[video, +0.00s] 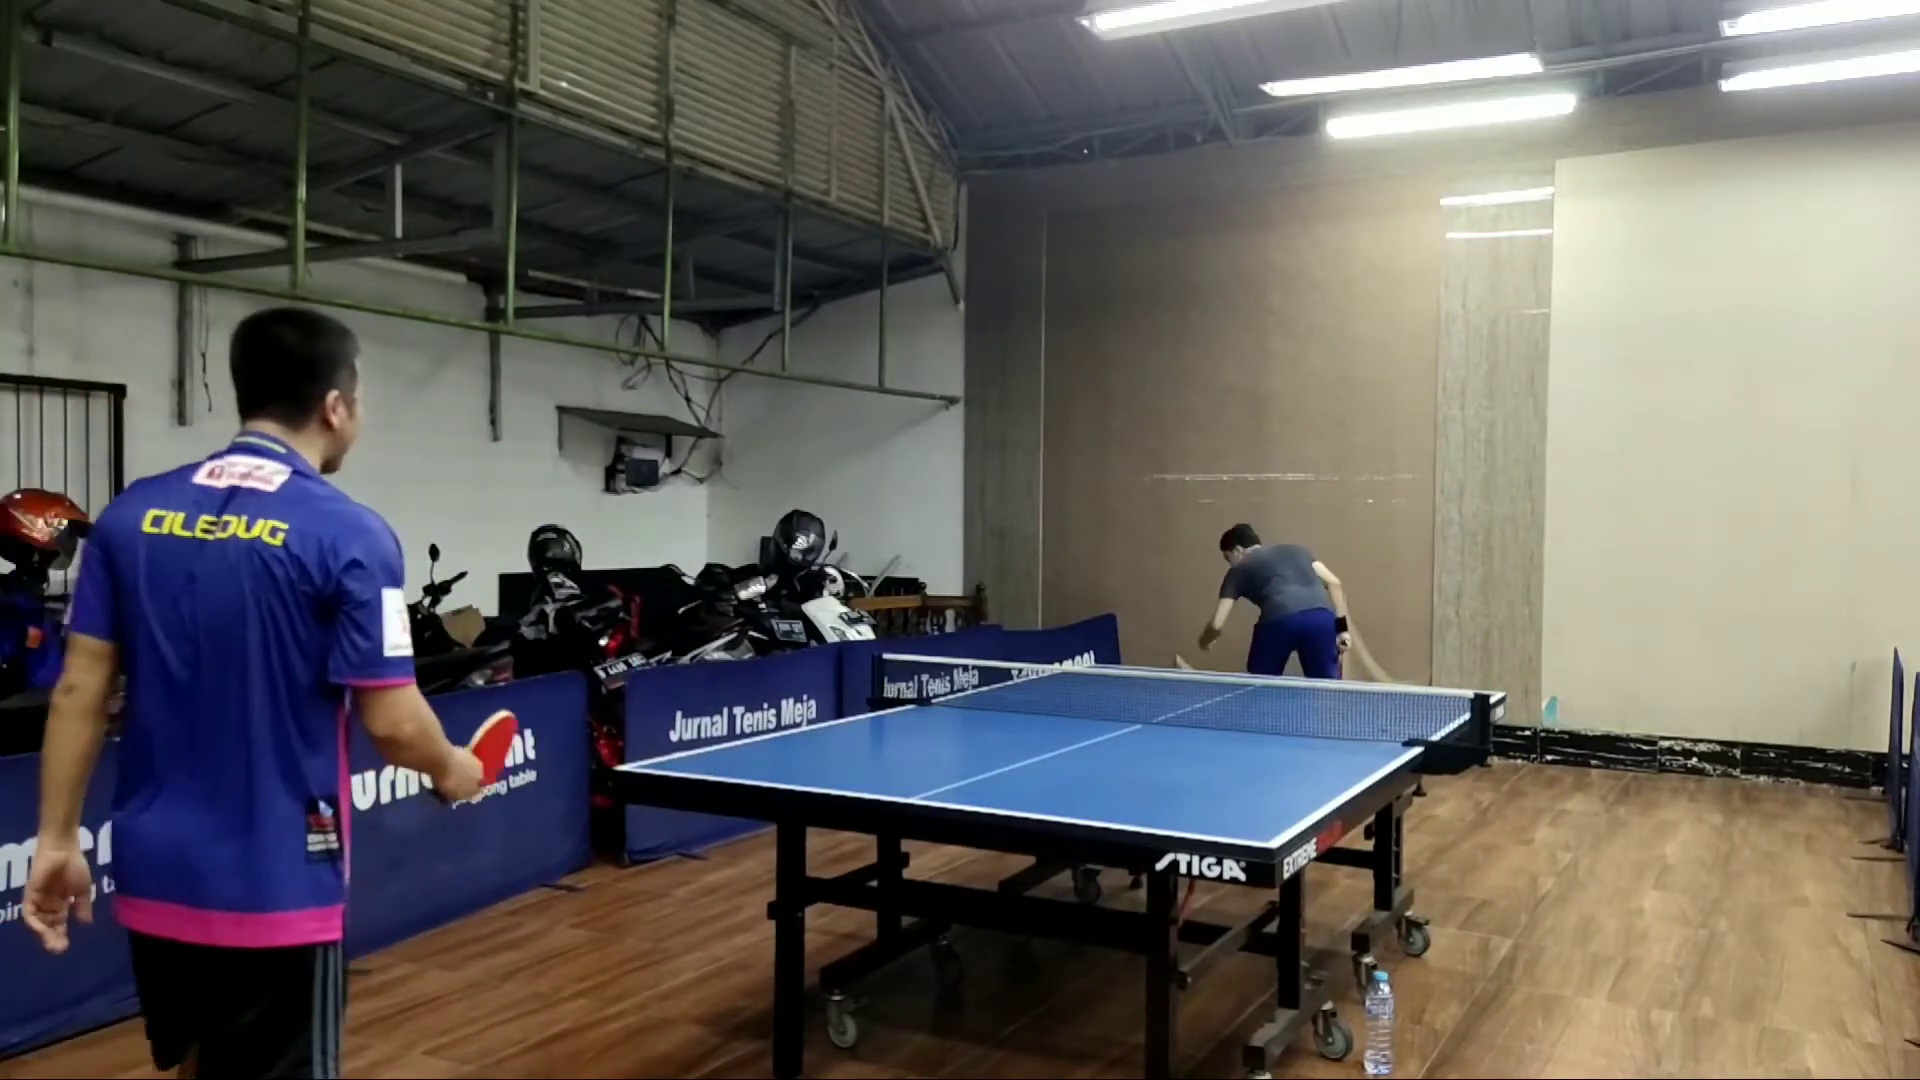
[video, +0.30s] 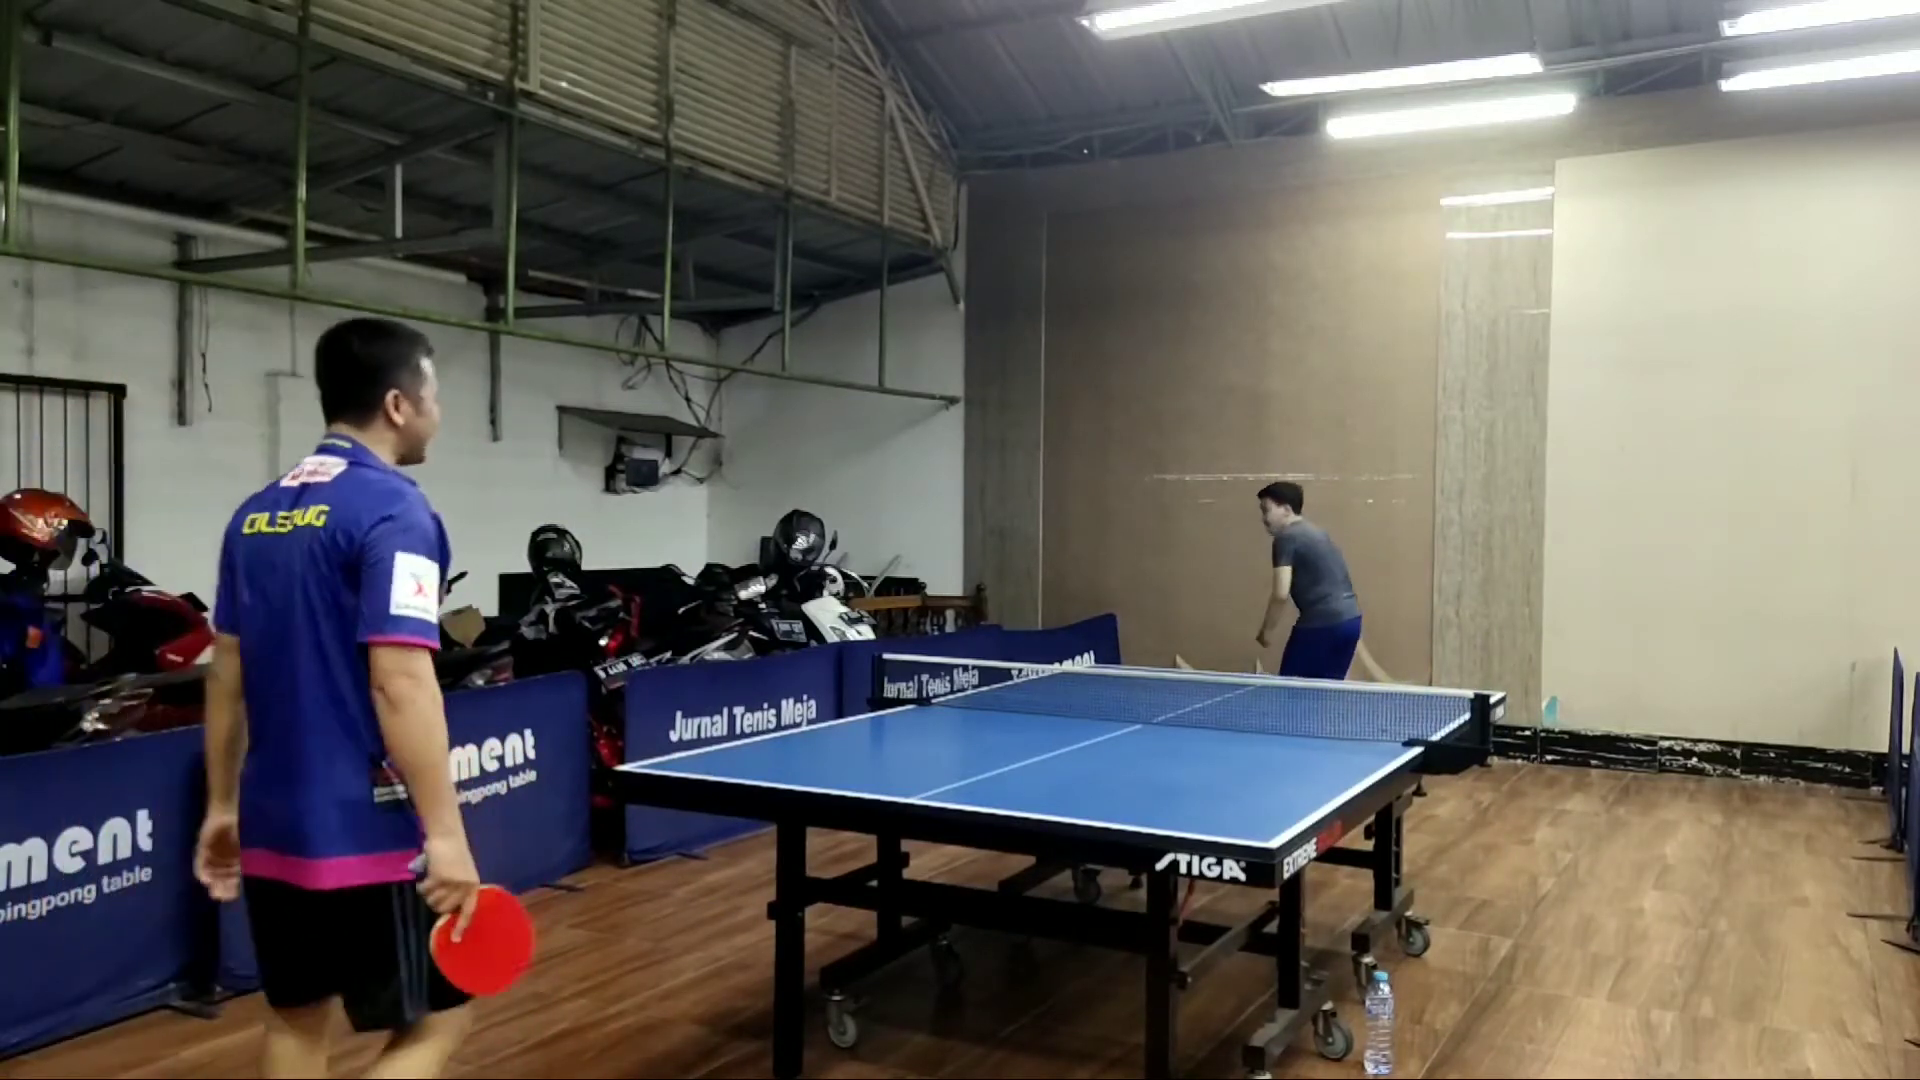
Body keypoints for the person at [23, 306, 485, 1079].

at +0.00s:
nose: (358, 419)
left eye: (358, 399)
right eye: (356, 398)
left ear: (247, 394)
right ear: (334, 405)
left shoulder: (132, 512)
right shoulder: (350, 534)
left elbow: (79, 691)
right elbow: (392, 720)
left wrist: (57, 838)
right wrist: (449, 764)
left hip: (153, 886)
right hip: (279, 900)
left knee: (195, 1061)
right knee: (285, 1065)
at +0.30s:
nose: (436, 411)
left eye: (434, 393)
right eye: (431, 392)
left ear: (338, 400)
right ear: (399, 400)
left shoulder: (255, 512)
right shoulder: (393, 507)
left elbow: (226, 667)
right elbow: (401, 676)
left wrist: (222, 802)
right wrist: (445, 831)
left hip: (272, 837)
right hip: (371, 841)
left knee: (297, 1022)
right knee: (437, 1017)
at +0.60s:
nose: (534, 415)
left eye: (531, 400)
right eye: (516, 401)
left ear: (465, 419)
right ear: (463, 417)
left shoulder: (417, 499)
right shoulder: (445, 516)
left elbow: (407, 663)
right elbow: (406, 668)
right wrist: (434, 817)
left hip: (395, 809)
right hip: (478, 814)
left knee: (357, 999)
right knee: (537, 996)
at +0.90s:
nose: (639, 424)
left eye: (636, 408)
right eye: (634, 409)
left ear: (561, 419)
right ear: (608, 420)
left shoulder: (527, 503)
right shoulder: (570, 529)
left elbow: (529, 669)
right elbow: (550, 687)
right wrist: (604, 820)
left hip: (536, 794)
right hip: (588, 801)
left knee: (561, 949)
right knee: (625, 971)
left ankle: (457, 1071)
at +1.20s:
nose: (715, 418)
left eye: (711, 402)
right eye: (711, 402)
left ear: (641, 412)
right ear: (691, 412)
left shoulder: (660, 504)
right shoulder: (634, 513)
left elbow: (654, 650)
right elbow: (635, 658)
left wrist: (717, 719)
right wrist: (757, 726)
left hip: (672, 773)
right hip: (624, 788)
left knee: (709, 932)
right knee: (635, 977)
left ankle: (713, 1074)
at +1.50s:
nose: (770, 418)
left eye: (766, 403)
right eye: (767, 404)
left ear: (699, 413)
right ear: (749, 413)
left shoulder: (723, 505)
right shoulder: (678, 511)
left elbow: (713, 641)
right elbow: (649, 640)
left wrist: (781, 713)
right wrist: (766, 703)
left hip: (736, 773)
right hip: (692, 782)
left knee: (738, 953)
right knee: (693, 963)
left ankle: (750, 1074)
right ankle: (641, 1074)